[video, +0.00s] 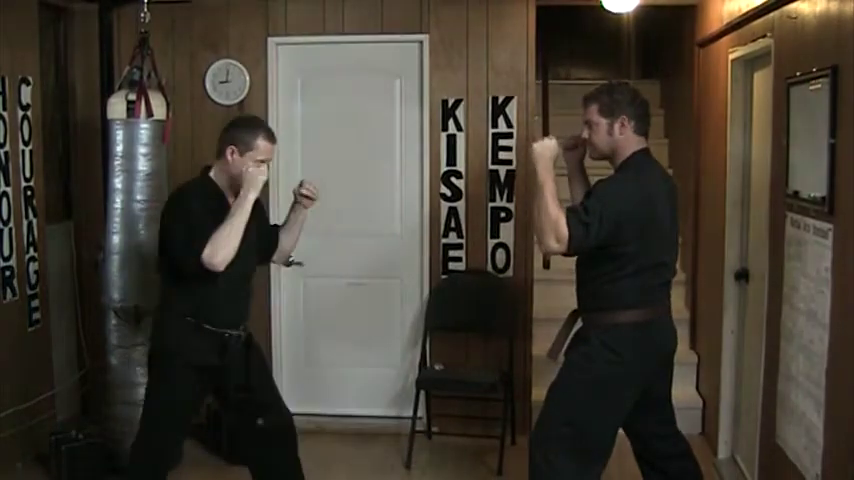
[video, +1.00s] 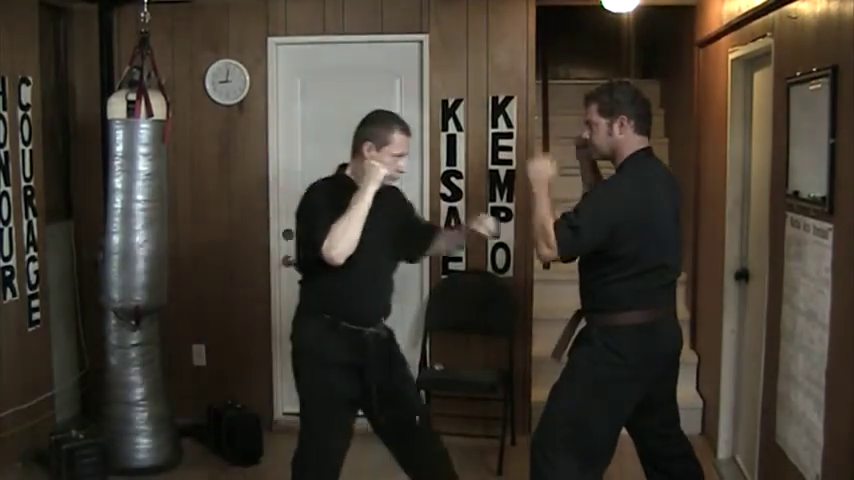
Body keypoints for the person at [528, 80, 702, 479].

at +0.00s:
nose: (585, 136)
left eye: (590, 126)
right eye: (584, 127)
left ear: (621, 126)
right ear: (624, 127)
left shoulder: (623, 186)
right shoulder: (659, 181)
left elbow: (556, 238)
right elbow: (591, 229)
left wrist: (543, 164)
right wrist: (575, 167)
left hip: (613, 341)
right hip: (652, 336)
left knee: (555, 452)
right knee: (661, 447)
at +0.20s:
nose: (585, 135)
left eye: (590, 125)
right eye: (585, 126)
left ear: (621, 126)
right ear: (624, 127)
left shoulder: (624, 186)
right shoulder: (660, 181)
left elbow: (556, 238)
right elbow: (592, 228)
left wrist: (544, 165)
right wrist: (576, 166)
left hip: (613, 341)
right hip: (652, 336)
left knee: (555, 452)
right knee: (661, 447)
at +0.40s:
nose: (586, 136)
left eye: (591, 126)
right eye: (585, 127)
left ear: (622, 126)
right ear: (625, 127)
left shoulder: (623, 187)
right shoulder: (661, 182)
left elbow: (556, 240)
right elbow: (590, 230)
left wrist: (544, 166)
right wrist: (576, 166)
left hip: (613, 342)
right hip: (653, 336)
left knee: (555, 453)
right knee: (662, 447)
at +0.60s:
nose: (586, 136)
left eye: (591, 126)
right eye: (586, 126)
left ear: (623, 126)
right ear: (625, 127)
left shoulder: (626, 187)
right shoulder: (661, 181)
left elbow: (558, 241)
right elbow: (593, 228)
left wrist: (544, 168)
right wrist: (577, 167)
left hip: (615, 342)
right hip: (654, 336)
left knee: (555, 453)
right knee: (662, 447)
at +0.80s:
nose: (587, 135)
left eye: (592, 126)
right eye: (586, 126)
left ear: (622, 127)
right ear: (626, 127)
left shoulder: (624, 188)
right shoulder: (661, 181)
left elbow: (558, 242)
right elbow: (595, 227)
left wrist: (543, 169)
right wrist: (580, 167)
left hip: (615, 342)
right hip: (656, 337)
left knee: (555, 455)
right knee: (663, 448)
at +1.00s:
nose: (586, 135)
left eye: (591, 125)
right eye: (585, 125)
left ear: (621, 126)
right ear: (626, 126)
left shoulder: (621, 187)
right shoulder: (662, 179)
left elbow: (550, 247)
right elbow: (602, 220)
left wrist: (540, 185)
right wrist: (587, 163)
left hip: (616, 342)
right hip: (659, 337)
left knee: (557, 455)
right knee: (666, 449)